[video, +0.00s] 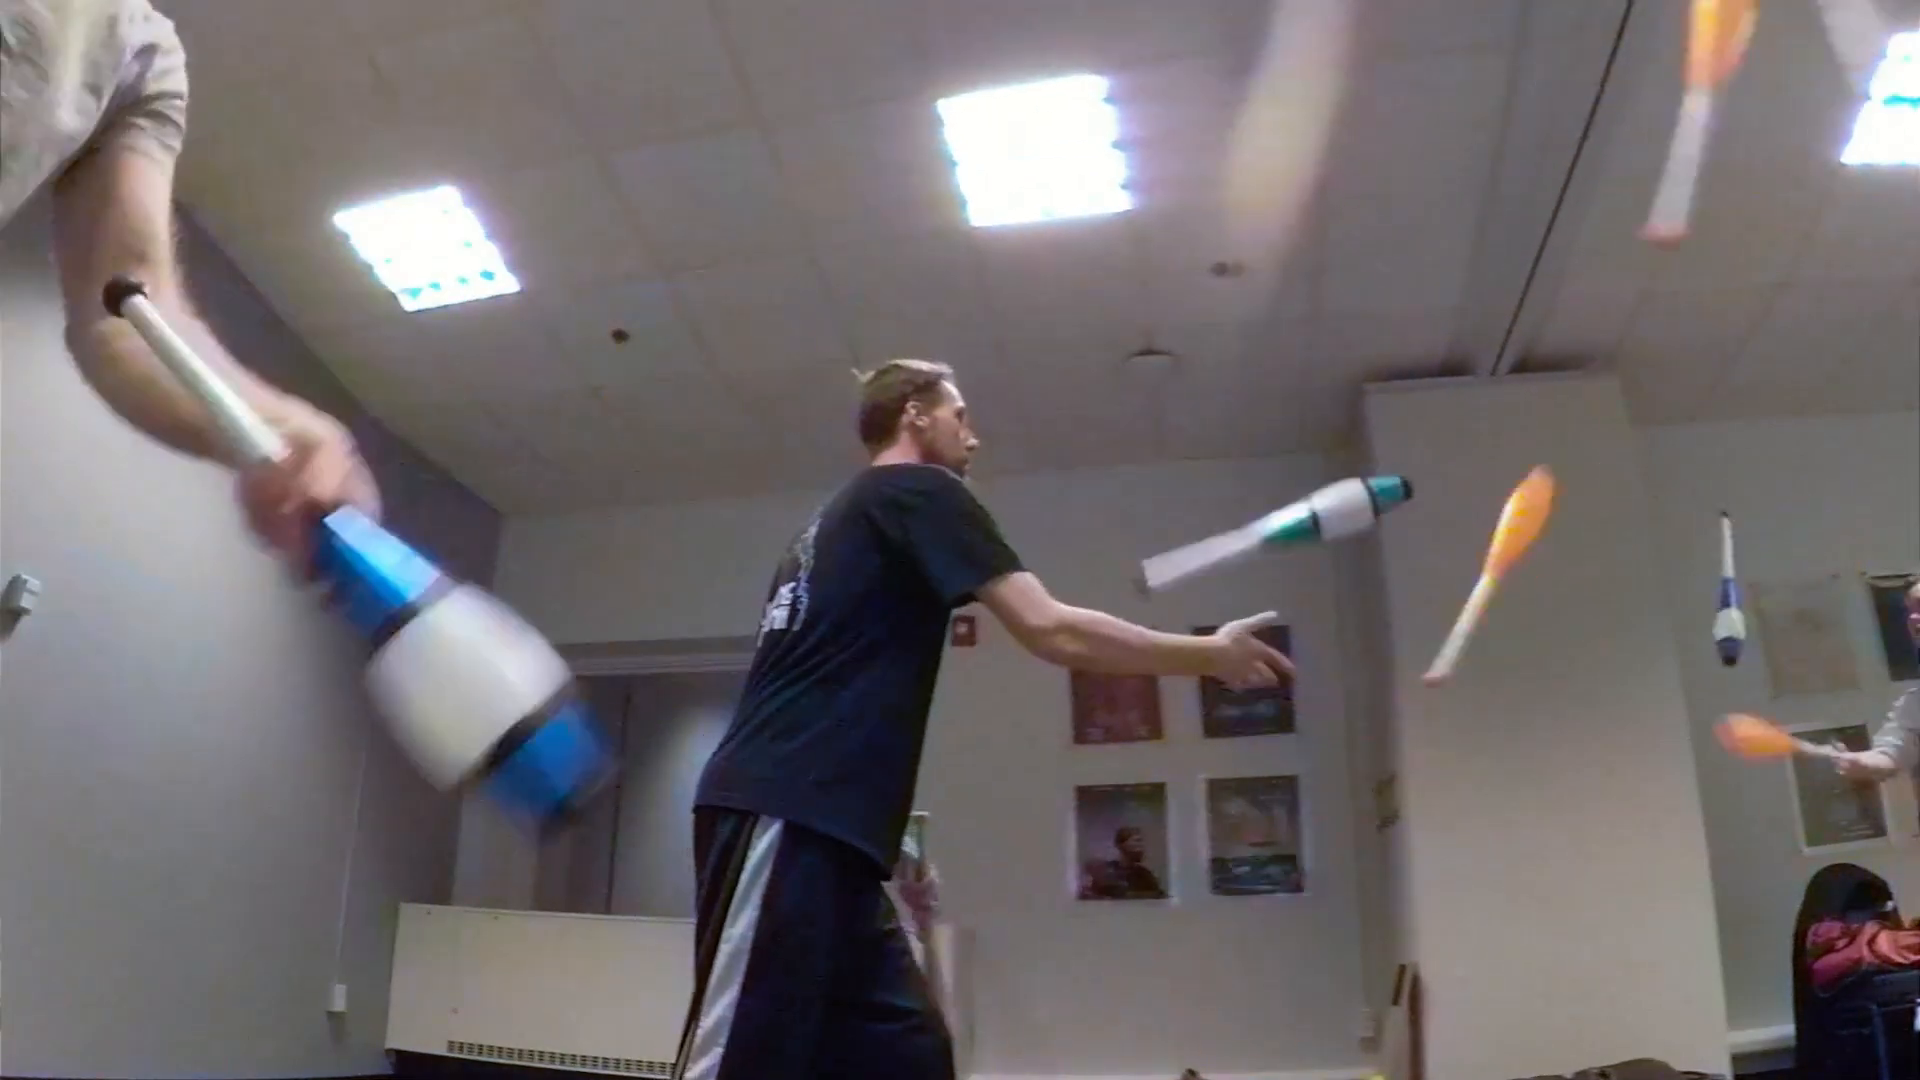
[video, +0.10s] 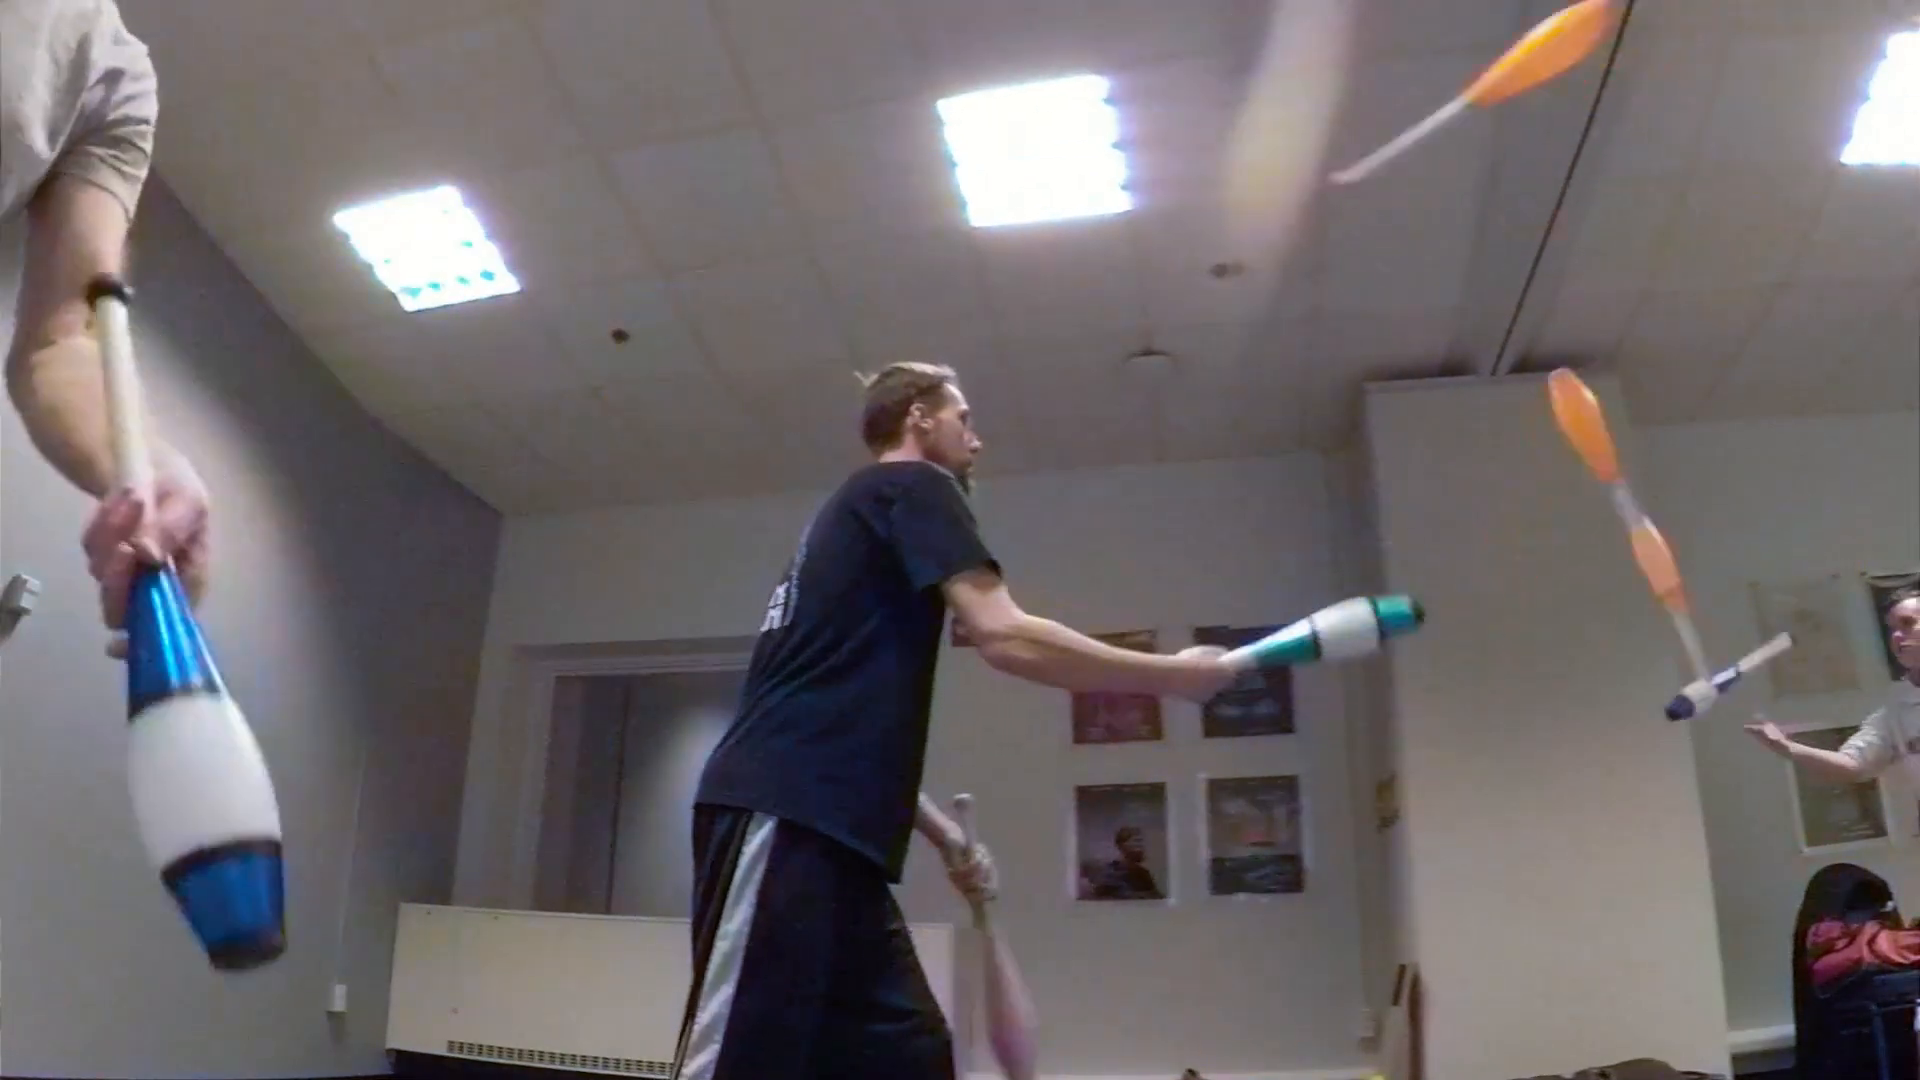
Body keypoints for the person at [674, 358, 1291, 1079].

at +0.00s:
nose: (973, 435)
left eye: (969, 419)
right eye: (960, 417)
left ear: (897, 426)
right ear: (915, 419)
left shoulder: (845, 514)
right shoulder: (918, 492)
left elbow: (825, 636)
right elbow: (1049, 628)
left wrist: (929, 627)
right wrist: (1209, 653)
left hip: (810, 816)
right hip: (792, 810)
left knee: (902, 1046)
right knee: (735, 1051)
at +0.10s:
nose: (974, 436)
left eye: (970, 417)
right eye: (962, 416)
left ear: (911, 425)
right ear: (916, 421)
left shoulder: (866, 506)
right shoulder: (909, 486)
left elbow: (832, 713)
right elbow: (1003, 633)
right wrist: (1174, 671)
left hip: (819, 823)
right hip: (790, 810)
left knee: (906, 1049)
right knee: (731, 1054)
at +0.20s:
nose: (972, 435)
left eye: (970, 419)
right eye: (961, 416)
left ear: (911, 420)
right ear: (916, 415)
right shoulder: (887, 482)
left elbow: (877, 719)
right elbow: (925, 642)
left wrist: (1007, 778)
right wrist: (1092, 709)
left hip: (832, 831)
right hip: (780, 813)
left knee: (909, 1047)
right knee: (727, 1054)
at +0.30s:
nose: (964, 431)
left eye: (960, 412)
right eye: (951, 410)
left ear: (901, 415)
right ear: (902, 411)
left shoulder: (878, 516)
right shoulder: (859, 480)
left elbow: (908, 704)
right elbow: (847, 641)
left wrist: (1055, 695)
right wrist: (998, 750)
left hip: (836, 836)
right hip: (772, 816)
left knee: (915, 1054)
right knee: (723, 1057)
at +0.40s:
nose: (952, 422)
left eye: (950, 406)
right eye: (940, 402)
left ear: (898, 407)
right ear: (894, 403)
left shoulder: (892, 549)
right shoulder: (841, 483)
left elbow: (975, 672)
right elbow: (811, 644)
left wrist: (1079, 620)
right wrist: (919, 791)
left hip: (845, 830)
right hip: (770, 817)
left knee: (898, 1041)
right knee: (725, 1056)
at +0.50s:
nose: (939, 420)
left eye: (935, 403)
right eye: (926, 400)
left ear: (887, 407)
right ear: (879, 403)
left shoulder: (906, 533)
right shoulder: (858, 478)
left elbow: (1026, 586)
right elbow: (819, 639)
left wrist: (1135, 519)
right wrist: (884, 810)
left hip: (858, 832)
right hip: (788, 819)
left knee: (946, 1051)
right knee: (728, 1060)